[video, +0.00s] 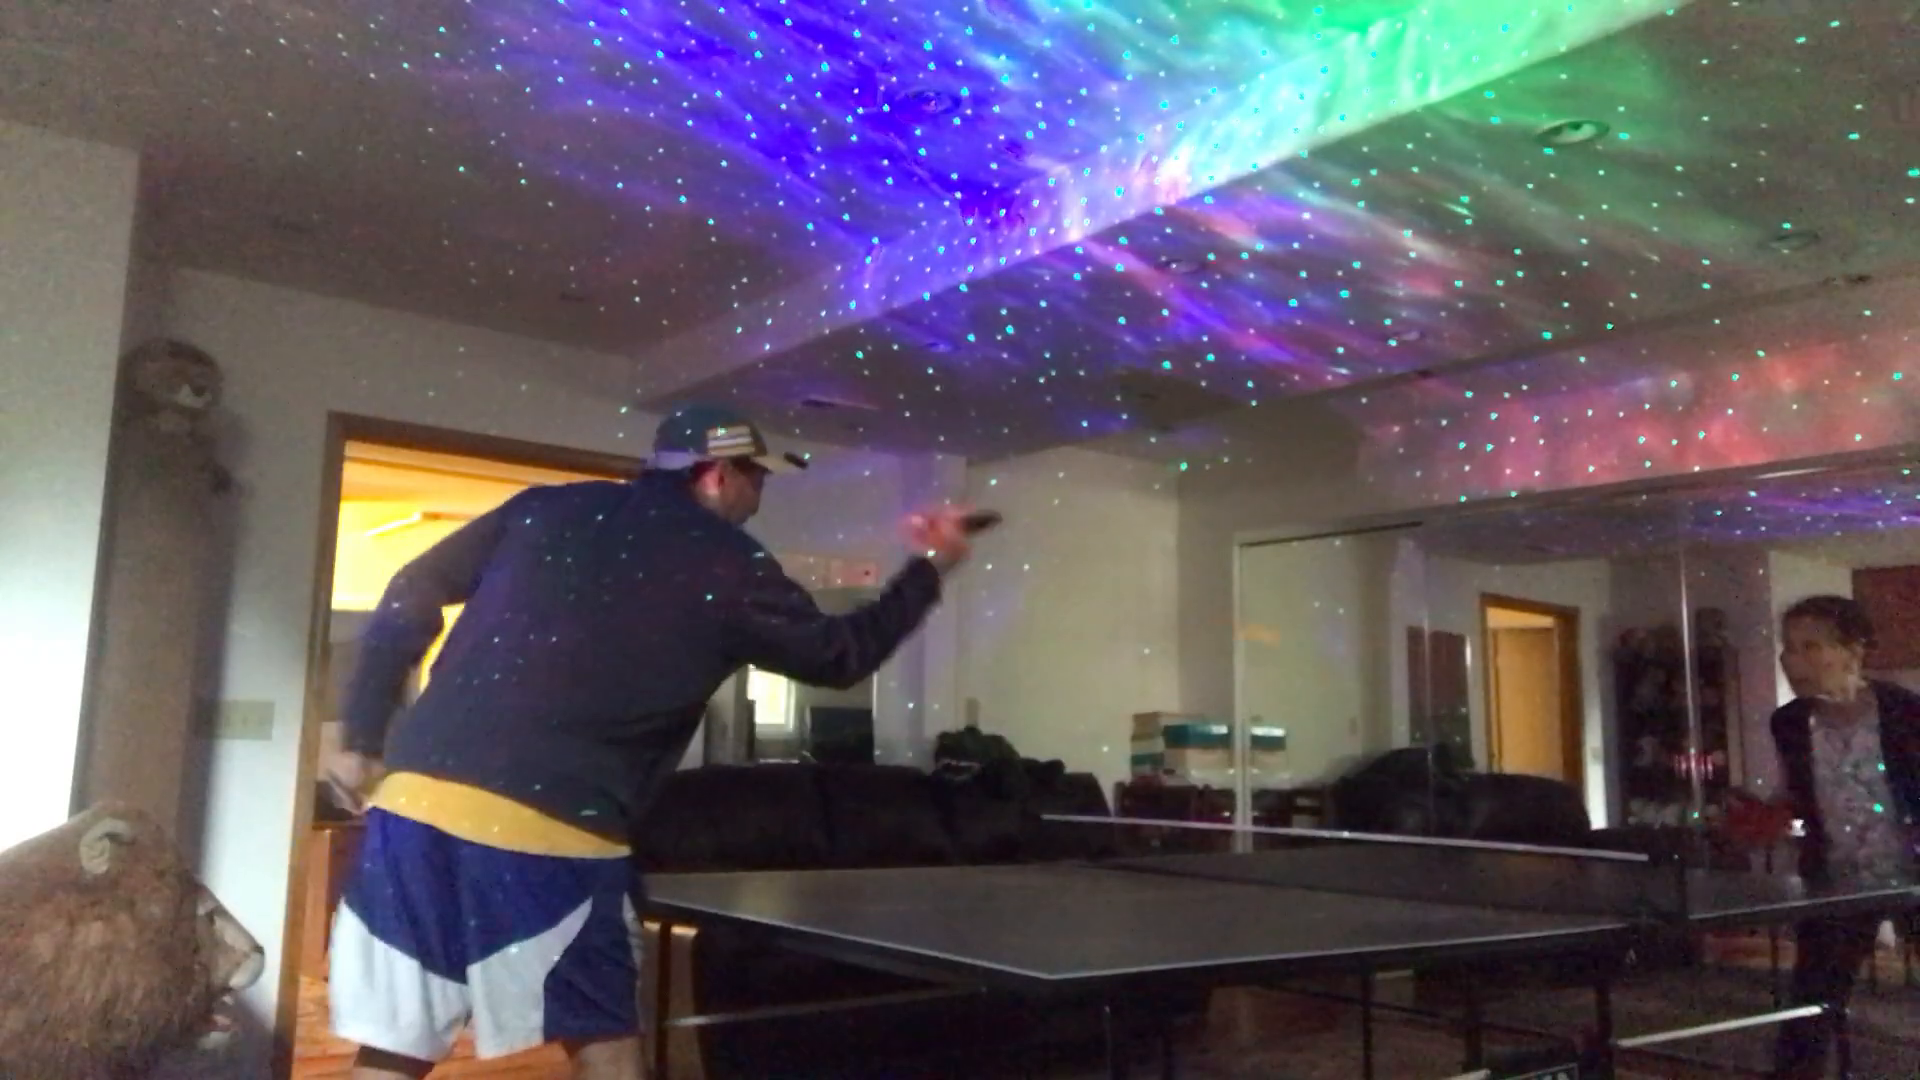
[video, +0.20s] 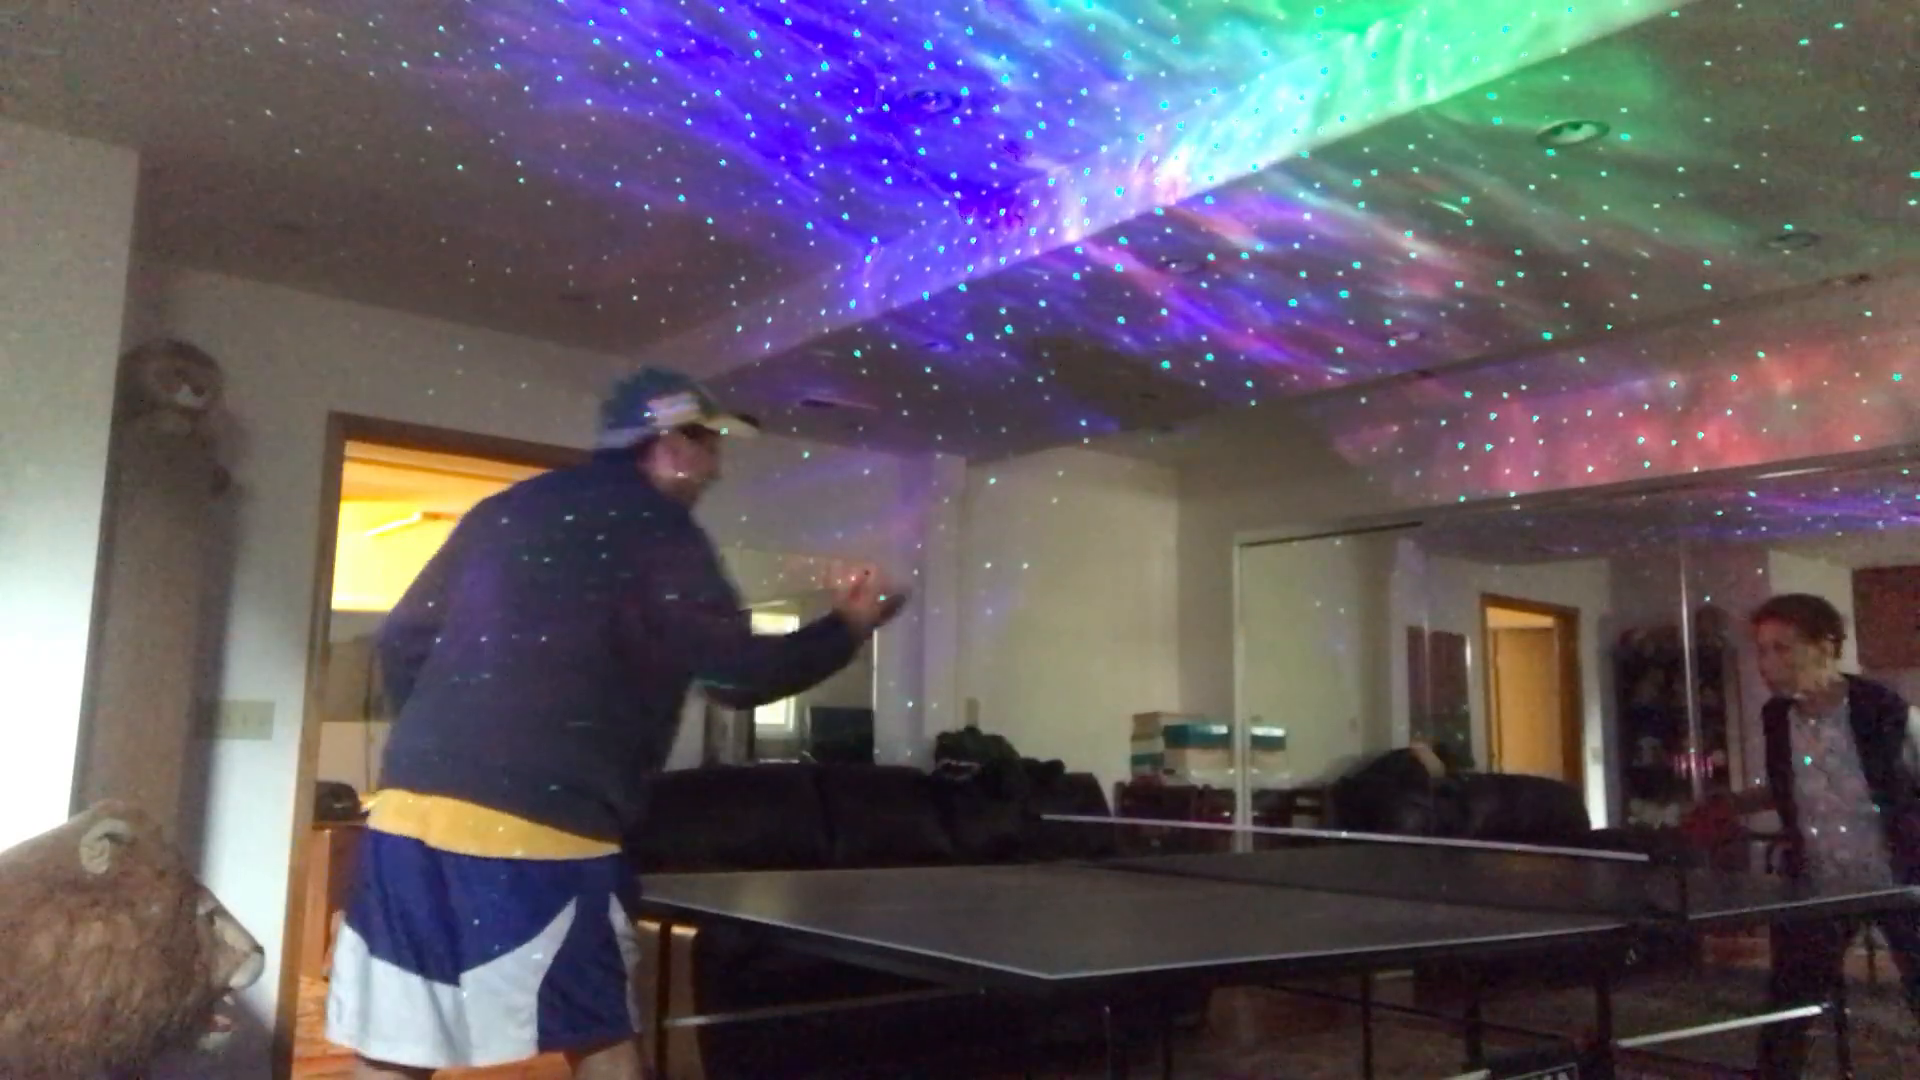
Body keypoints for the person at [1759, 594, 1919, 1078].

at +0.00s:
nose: (1787, 659)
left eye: (1802, 647)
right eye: (1786, 648)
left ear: (1853, 651)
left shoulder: (1903, 709)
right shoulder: (1789, 724)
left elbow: (1914, 793)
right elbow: (1804, 802)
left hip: (1908, 878)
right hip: (1837, 885)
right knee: (1811, 1005)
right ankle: (1799, 1066)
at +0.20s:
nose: (1768, 665)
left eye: (1781, 648)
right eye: (1762, 652)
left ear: (1826, 645)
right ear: (1760, 656)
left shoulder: (1879, 704)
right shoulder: (1776, 716)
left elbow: (1906, 791)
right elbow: (1784, 796)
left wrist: (1906, 865)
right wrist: (1729, 806)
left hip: (1893, 882)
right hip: (1817, 886)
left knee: (1919, 990)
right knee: (1789, 1005)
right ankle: (1775, 1071)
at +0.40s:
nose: (1773, 665)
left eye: (1784, 648)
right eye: (1768, 652)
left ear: (1827, 645)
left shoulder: (1888, 706)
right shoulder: (1787, 711)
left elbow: (1909, 797)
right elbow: (1769, 796)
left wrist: (1897, 873)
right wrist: (1763, 868)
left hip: (1886, 882)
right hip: (1806, 885)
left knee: (1914, 998)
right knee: (1786, 1006)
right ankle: (1776, 1070)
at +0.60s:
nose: (1788, 652)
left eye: (1800, 640)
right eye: (1789, 639)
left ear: (1843, 640)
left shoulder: (1903, 703)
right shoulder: (1805, 706)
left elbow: (1911, 797)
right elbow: (1787, 762)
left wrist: (1906, 885)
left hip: (1900, 882)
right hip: (1828, 886)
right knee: (1798, 1004)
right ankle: (1783, 1072)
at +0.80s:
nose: (1811, 645)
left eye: (1826, 633)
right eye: (1812, 633)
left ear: (1870, 641)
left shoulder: (1909, 703)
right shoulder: (1804, 706)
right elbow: (1725, 735)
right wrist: (1647, 745)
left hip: (1905, 883)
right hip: (1834, 885)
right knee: (1803, 1000)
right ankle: (1784, 1073)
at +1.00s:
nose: (1840, 645)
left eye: (1858, 632)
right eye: (1835, 633)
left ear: (1901, 643)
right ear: (1829, 640)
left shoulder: (1913, 708)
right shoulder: (1816, 710)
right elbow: (1765, 778)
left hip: (1912, 885)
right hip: (1839, 886)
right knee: (1804, 1000)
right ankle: (1781, 1072)